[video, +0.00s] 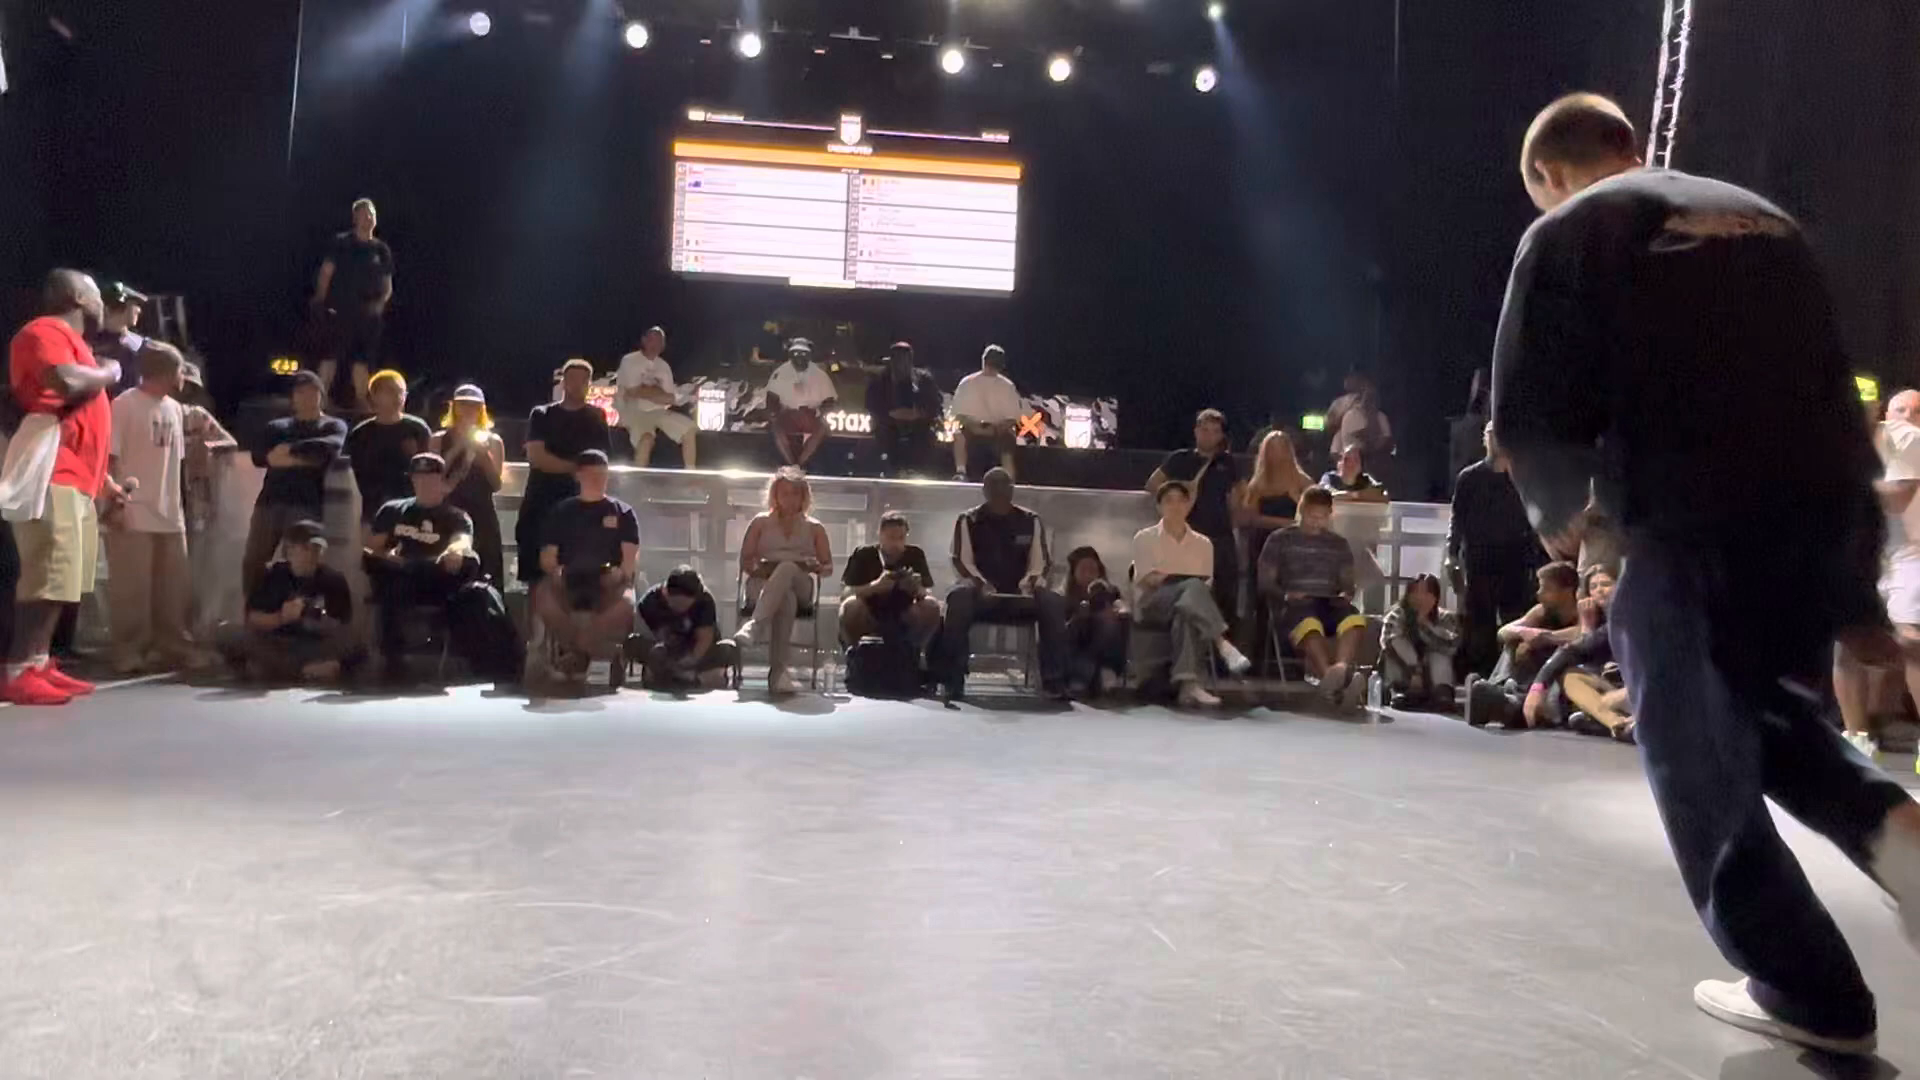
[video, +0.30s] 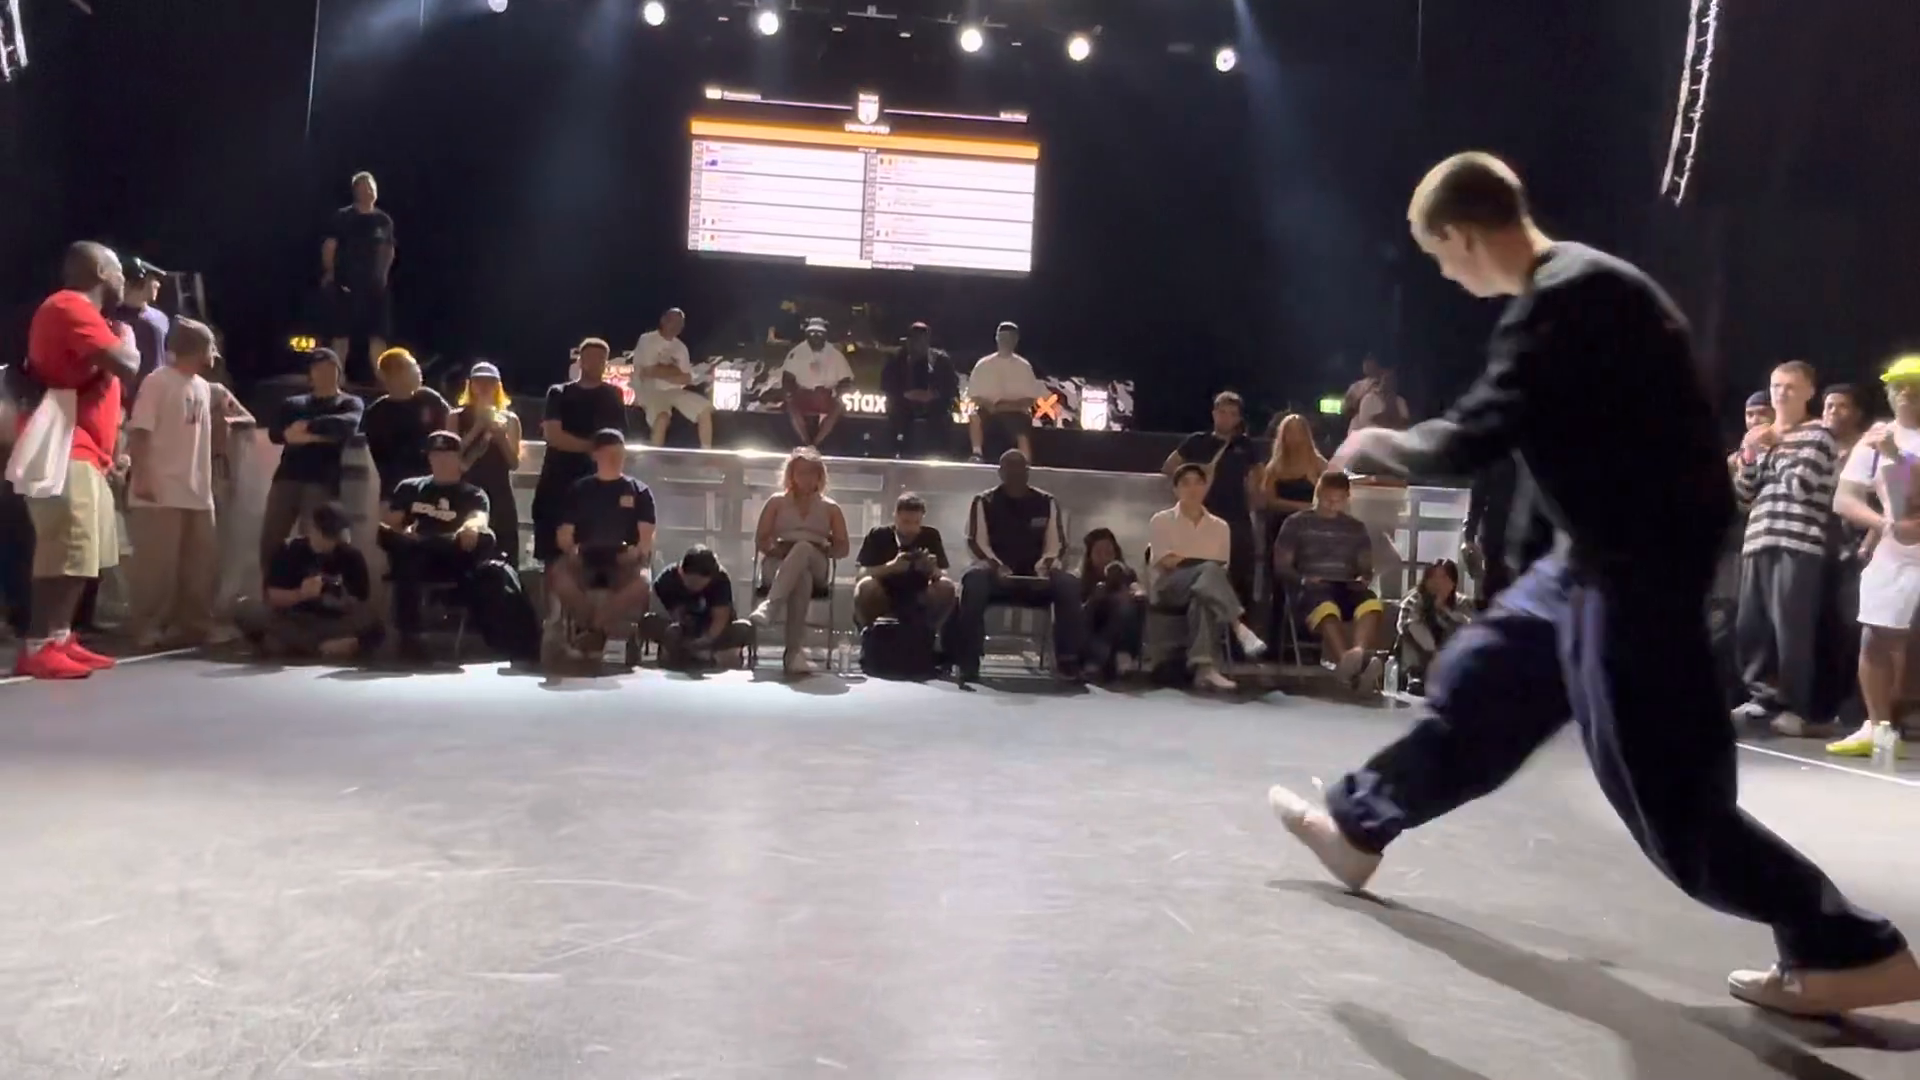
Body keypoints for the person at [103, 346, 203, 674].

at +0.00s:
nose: (180, 381)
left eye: (180, 375)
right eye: (176, 375)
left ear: (166, 375)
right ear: (158, 374)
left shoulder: (175, 409)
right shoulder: (124, 406)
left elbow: (175, 458)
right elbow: (112, 456)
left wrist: (179, 501)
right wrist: (114, 498)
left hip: (169, 509)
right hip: (132, 510)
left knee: (174, 583)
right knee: (131, 586)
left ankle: (173, 644)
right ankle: (128, 650)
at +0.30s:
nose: (214, 356)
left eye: (213, 349)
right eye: (209, 350)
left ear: (192, 352)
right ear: (191, 352)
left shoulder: (203, 387)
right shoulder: (156, 382)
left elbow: (206, 438)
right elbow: (139, 432)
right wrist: (140, 476)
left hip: (196, 489)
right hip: (159, 489)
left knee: (201, 562)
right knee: (154, 563)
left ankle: (196, 622)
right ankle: (147, 627)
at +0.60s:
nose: (249, 335)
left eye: (248, 329)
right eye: (245, 329)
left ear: (230, 333)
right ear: (227, 333)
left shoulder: (238, 371)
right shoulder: (194, 365)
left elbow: (237, 415)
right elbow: (181, 416)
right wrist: (192, 463)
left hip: (234, 473)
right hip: (199, 474)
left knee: (228, 548)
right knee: (191, 544)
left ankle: (222, 607)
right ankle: (171, 606)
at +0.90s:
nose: (277, 324)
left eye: (277, 317)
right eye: (273, 318)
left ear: (256, 322)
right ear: (255, 321)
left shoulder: (268, 359)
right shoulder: (222, 353)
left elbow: (269, 407)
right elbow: (209, 403)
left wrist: (273, 448)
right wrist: (223, 445)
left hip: (261, 458)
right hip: (224, 458)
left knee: (253, 533)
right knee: (216, 525)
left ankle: (239, 593)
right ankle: (189, 587)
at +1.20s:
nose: (291, 318)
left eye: (291, 311)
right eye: (285, 311)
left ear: (285, 314)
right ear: (266, 312)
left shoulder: (286, 353)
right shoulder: (236, 346)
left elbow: (291, 402)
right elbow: (222, 395)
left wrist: (293, 444)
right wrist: (228, 437)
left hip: (278, 451)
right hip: (243, 450)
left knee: (269, 525)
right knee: (238, 514)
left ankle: (251, 584)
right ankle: (201, 575)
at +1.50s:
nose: (291, 311)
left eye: (294, 305)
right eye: (285, 304)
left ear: (295, 309)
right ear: (265, 305)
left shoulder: (297, 350)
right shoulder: (240, 342)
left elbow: (301, 401)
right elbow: (223, 389)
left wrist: (304, 440)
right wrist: (226, 427)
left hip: (285, 448)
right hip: (249, 446)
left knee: (275, 520)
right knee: (244, 513)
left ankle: (259, 579)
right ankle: (218, 574)